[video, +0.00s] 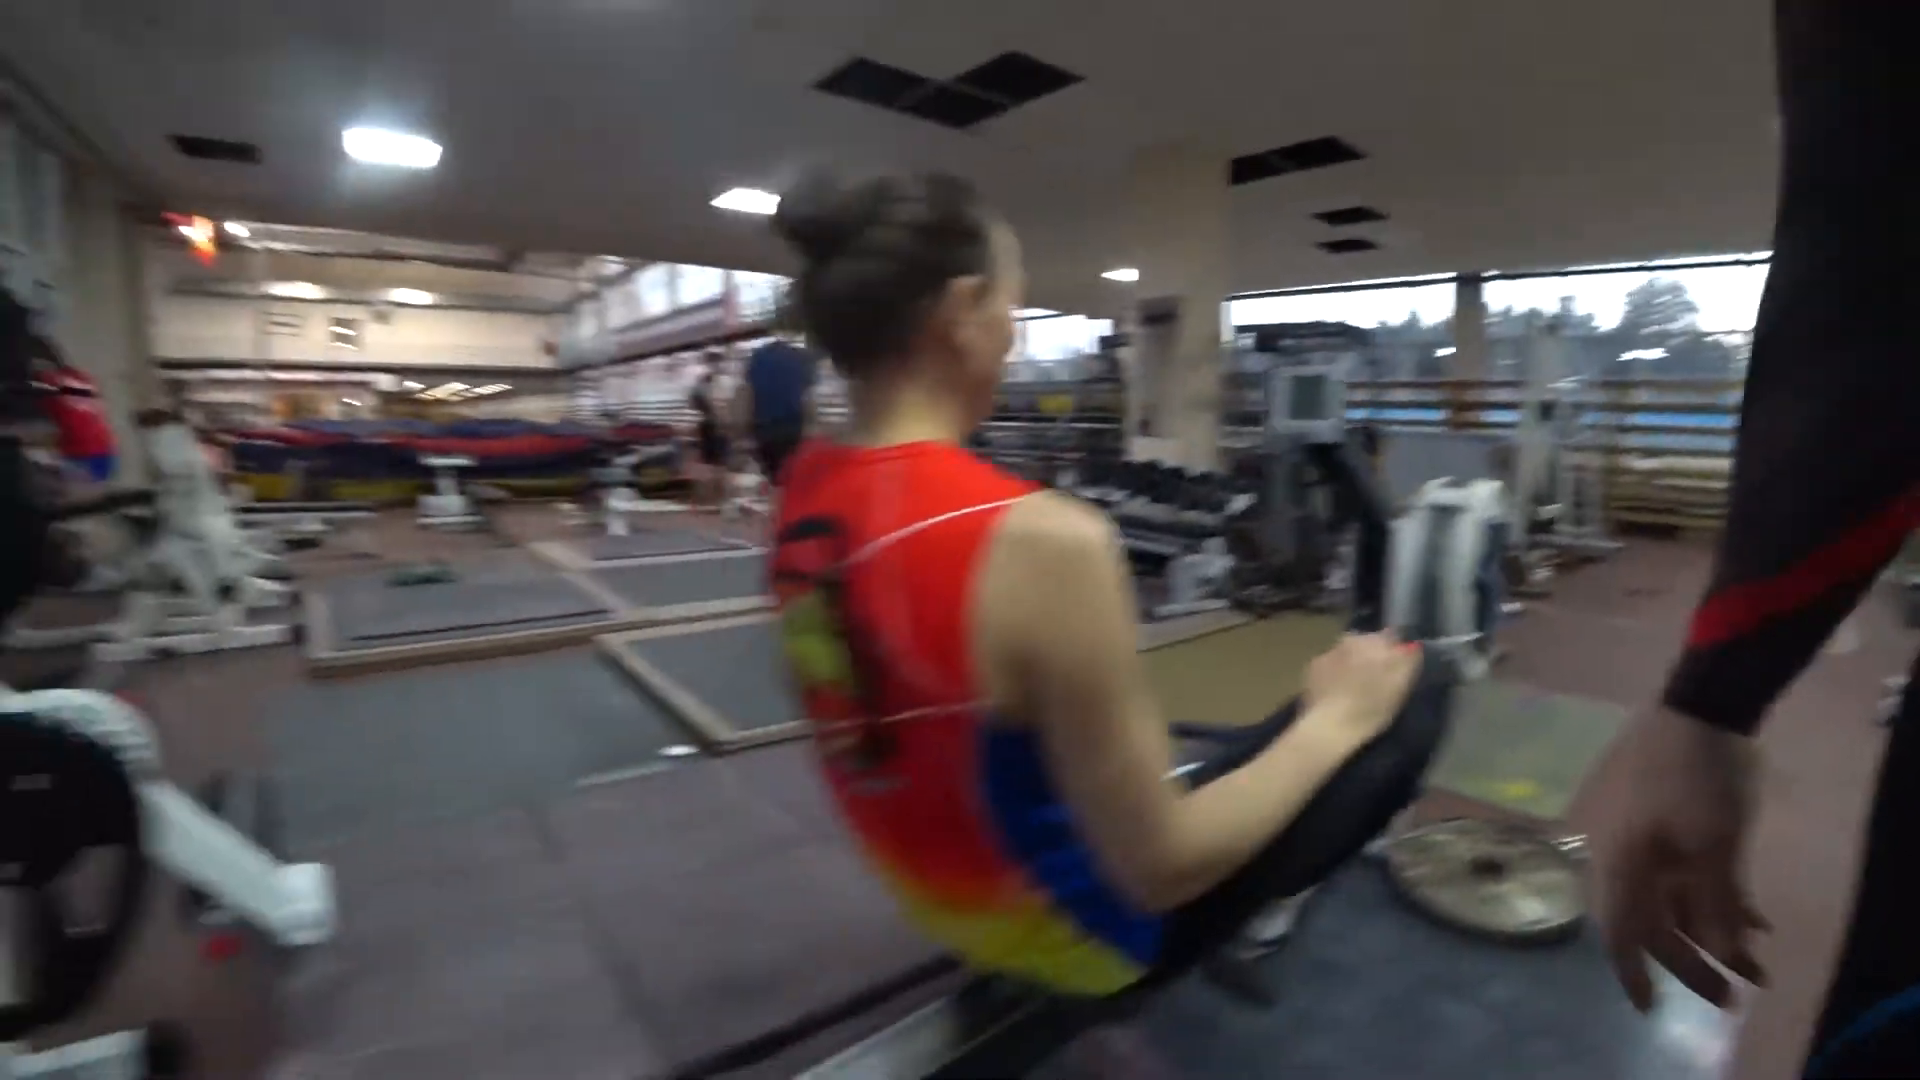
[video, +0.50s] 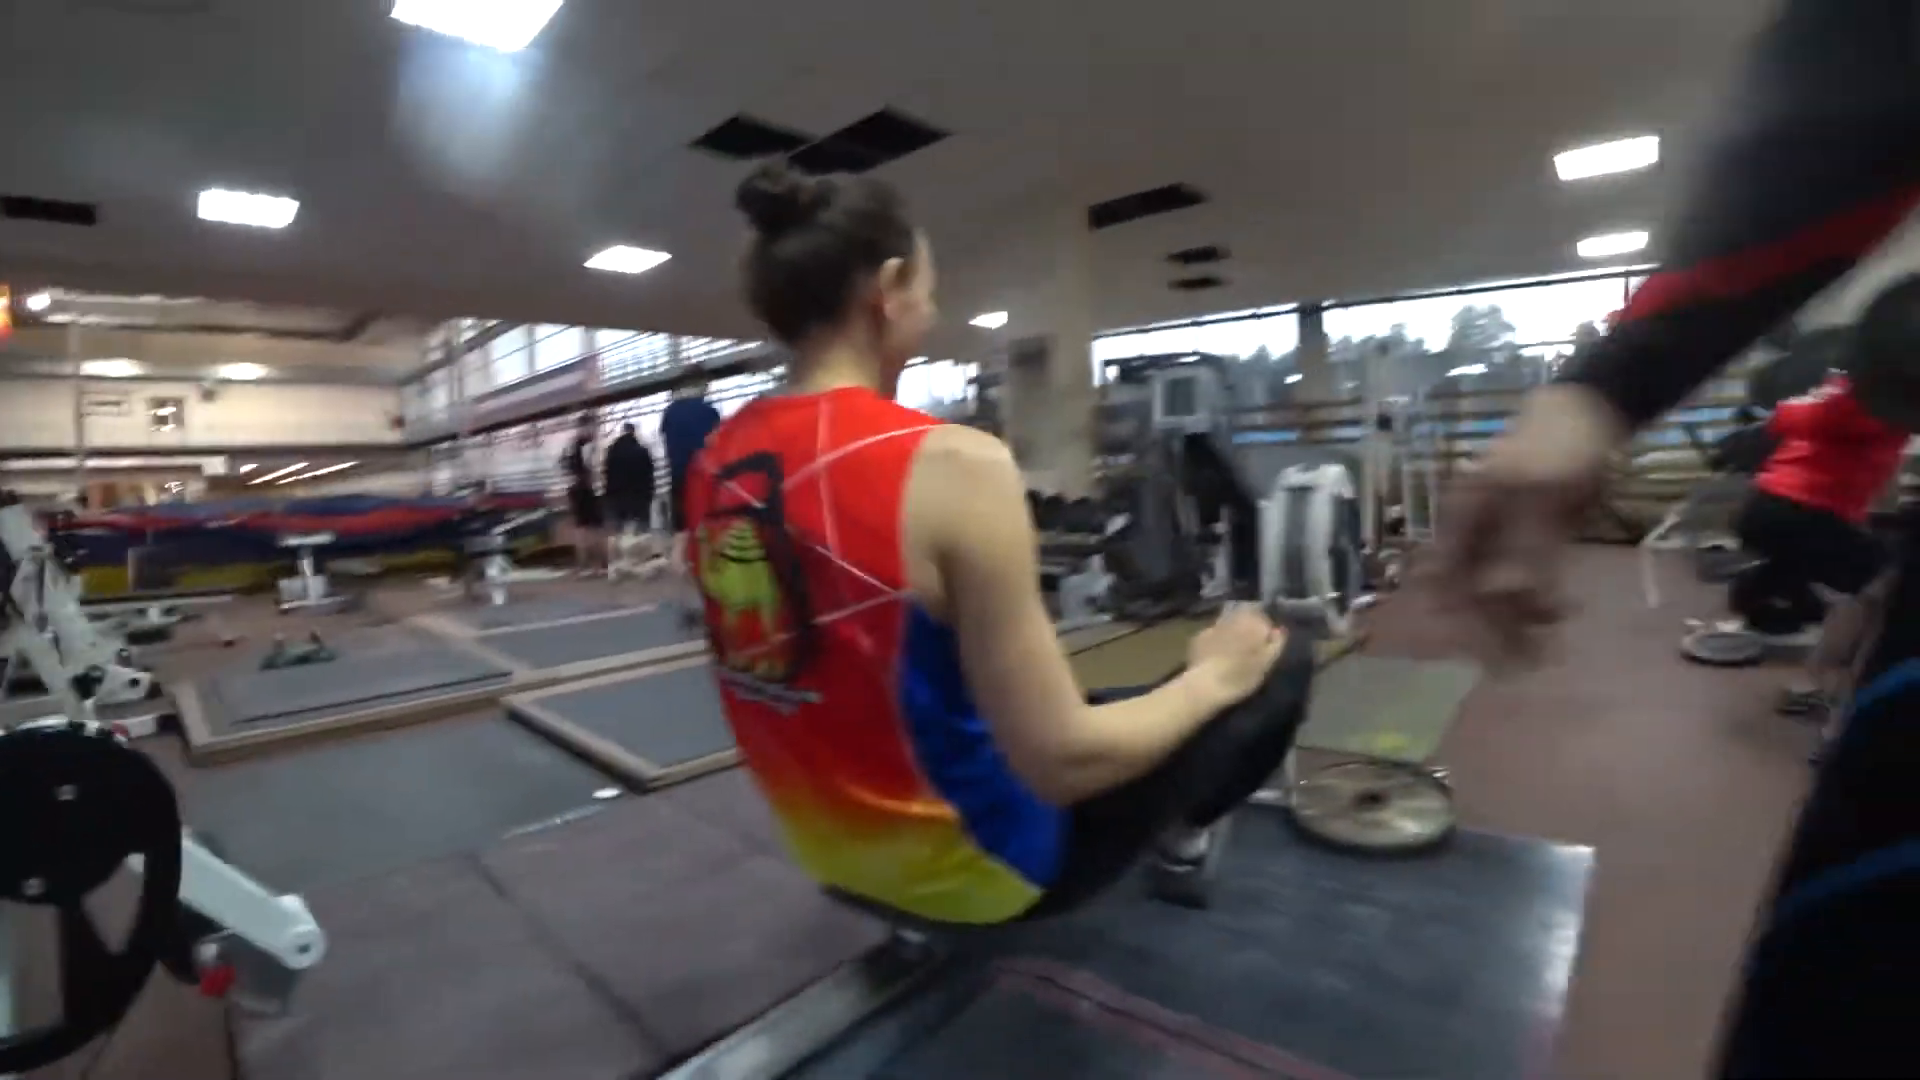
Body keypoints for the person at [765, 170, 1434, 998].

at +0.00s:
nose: (1016, 330)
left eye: (1016, 305)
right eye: (1010, 304)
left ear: (846, 327)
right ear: (958, 318)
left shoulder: (810, 491)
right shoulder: (1043, 545)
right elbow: (1161, 865)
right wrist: (1335, 717)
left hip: (957, 916)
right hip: (1093, 946)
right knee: (1410, 686)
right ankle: (1260, 914)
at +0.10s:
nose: (1077, 318)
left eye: (1073, 292)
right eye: (1071, 292)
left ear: (911, 317)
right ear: (1027, 308)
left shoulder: (872, 486)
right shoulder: (1111, 520)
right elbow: (1221, 833)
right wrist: (1387, 703)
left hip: (1013, 887)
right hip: (1159, 918)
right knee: (1478, 665)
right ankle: (1324, 888)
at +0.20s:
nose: (1113, 296)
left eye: (1108, 269)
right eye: (1105, 269)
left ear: (954, 304)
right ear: (1064, 289)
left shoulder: (911, 468)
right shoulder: (1147, 490)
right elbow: (1263, 804)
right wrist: (1423, 679)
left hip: (1051, 866)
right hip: (1196, 896)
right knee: (1514, 643)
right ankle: (1369, 864)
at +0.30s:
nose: (1081, 278)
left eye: (1078, 252)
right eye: (1074, 254)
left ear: (916, 281)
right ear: (1027, 268)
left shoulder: (877, 454)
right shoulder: (1115, 466)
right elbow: (1218, 766)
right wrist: (1380, 661)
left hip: (995, 852)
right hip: (1135, 874)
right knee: (1421, 675)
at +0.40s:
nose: (993, 279)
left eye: (988, 254)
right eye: (985, 256)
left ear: (837, 290)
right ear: (942, 277)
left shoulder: (785, 448)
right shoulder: (1016, 459)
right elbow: (1122, 755)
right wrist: (1276, 657)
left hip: (902, 855)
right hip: (1042, 873)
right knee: (1330, 644)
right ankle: (1227, 836)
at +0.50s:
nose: (931, 314)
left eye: (931, 291)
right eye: (928, 290)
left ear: (782, 308)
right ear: (886, 294)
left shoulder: (720, 460)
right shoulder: (955, 468)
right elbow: (1059, 762)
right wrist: (1210, 677)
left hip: (838, 867)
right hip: (985, 886)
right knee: (1277, 658)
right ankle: (1186, 837)